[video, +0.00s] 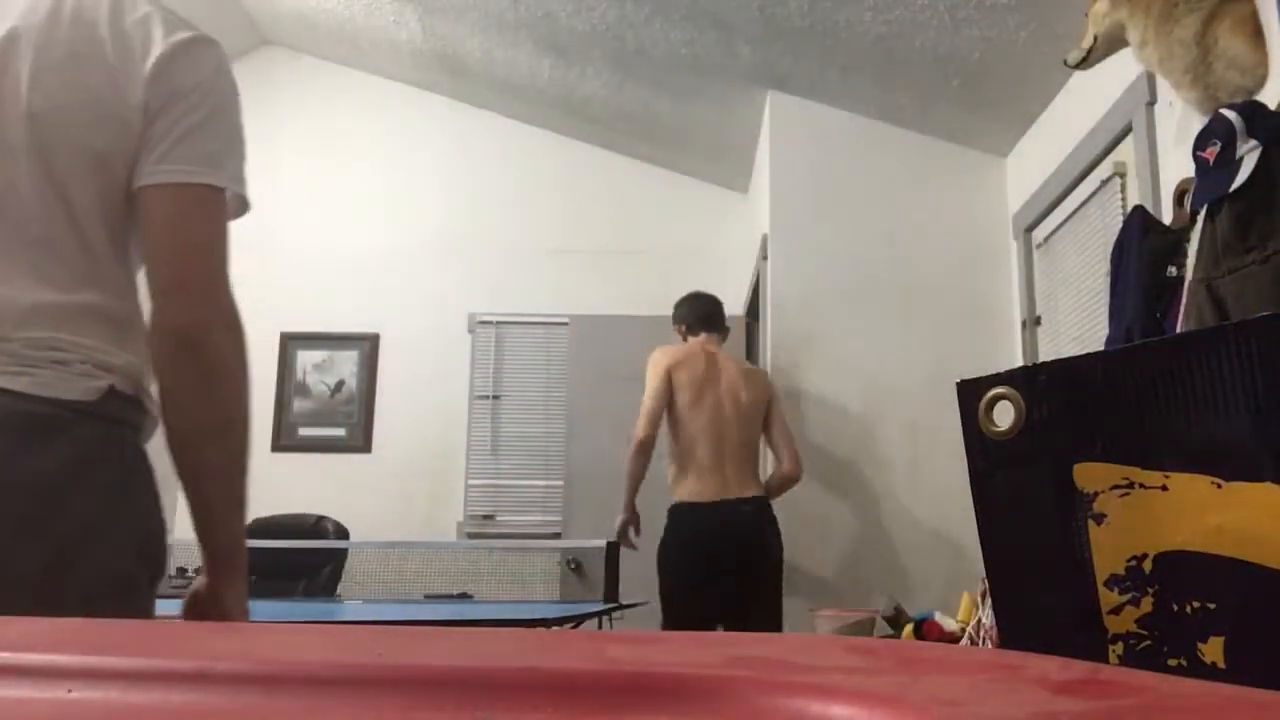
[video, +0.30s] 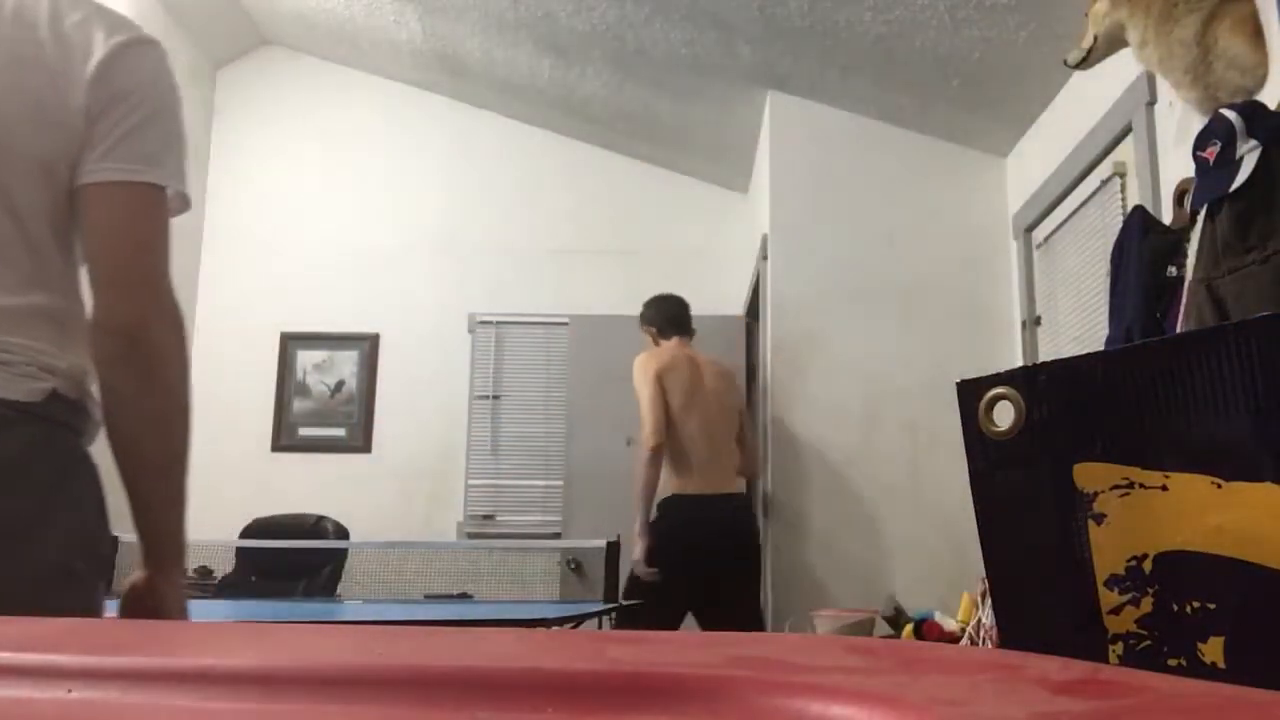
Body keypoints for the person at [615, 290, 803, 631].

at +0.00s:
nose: (676, 338)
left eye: (675, 331)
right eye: (677, 332)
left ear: (681, 329)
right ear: (724, 331)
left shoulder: (668, 358)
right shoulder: (757, 377)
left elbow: (644, 438)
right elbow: (790, 469)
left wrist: (629, 506)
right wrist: (754, 498)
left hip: (691, 529)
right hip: (754, 528)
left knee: (687, 653)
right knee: (757, 654)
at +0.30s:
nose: (647, 341)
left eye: (645, 334)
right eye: (645, 334)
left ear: (651, 332)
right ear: (690, 329)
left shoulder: (651, 362)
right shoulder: (725, 372)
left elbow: (655, 444)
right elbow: (749, 465)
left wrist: (641, 528)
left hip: (681, 517)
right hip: (734, 515)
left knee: (635, 641)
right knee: (741, 639)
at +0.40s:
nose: (625, 343)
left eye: (625, 334)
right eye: (624, 335)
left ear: (635, 333)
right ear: (669, 329)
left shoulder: (636, 366)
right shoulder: (707, 376)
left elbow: (645, 446)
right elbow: (726, 470)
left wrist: (632, 535)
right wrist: (674, 447)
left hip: (666, 522)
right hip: (718, 520)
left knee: (640, 644)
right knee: (717, 641)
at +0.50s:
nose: (594, 346)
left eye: (596, 336)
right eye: (593, 337)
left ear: (614, 332)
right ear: (635, 330)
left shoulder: (618, 366)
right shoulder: (671, 380)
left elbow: (628, 451)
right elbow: (685, 475)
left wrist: (614, 538)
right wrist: (605, 482)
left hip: (644, 523)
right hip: (683, 521)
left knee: (636, 637)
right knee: (684, 635)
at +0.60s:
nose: (570, 343)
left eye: (574, 333)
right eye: (569, 334)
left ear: (597, 331)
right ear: (599, 331)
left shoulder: (609, 364)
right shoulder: (646, 378)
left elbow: (628, 445)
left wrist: (592, 521)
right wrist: (573, 448)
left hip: (624, 518)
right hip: (652, 517)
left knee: (589, 634)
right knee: (640, 637)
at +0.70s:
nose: (558, 332)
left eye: (566, 322)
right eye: (558, 323)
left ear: (595, 324)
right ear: (592, 326)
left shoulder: (610, 363)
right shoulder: (598, 372)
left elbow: (631, 445)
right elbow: (577, 461)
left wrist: (577, 515)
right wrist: (546, 415)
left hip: (613, 519)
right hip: (600, 519)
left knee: (582, 636)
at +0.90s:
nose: (552, 318)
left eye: (563, 310)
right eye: (548, 311)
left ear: (591, 319)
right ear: (545, 319)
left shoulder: (609, 368)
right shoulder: (553, 382)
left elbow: (635, 451)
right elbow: (514, 456)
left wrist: (585, 515)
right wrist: (486, 430)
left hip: (594, 520)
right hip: (552, 519)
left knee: (587, 632)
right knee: (519, 620)